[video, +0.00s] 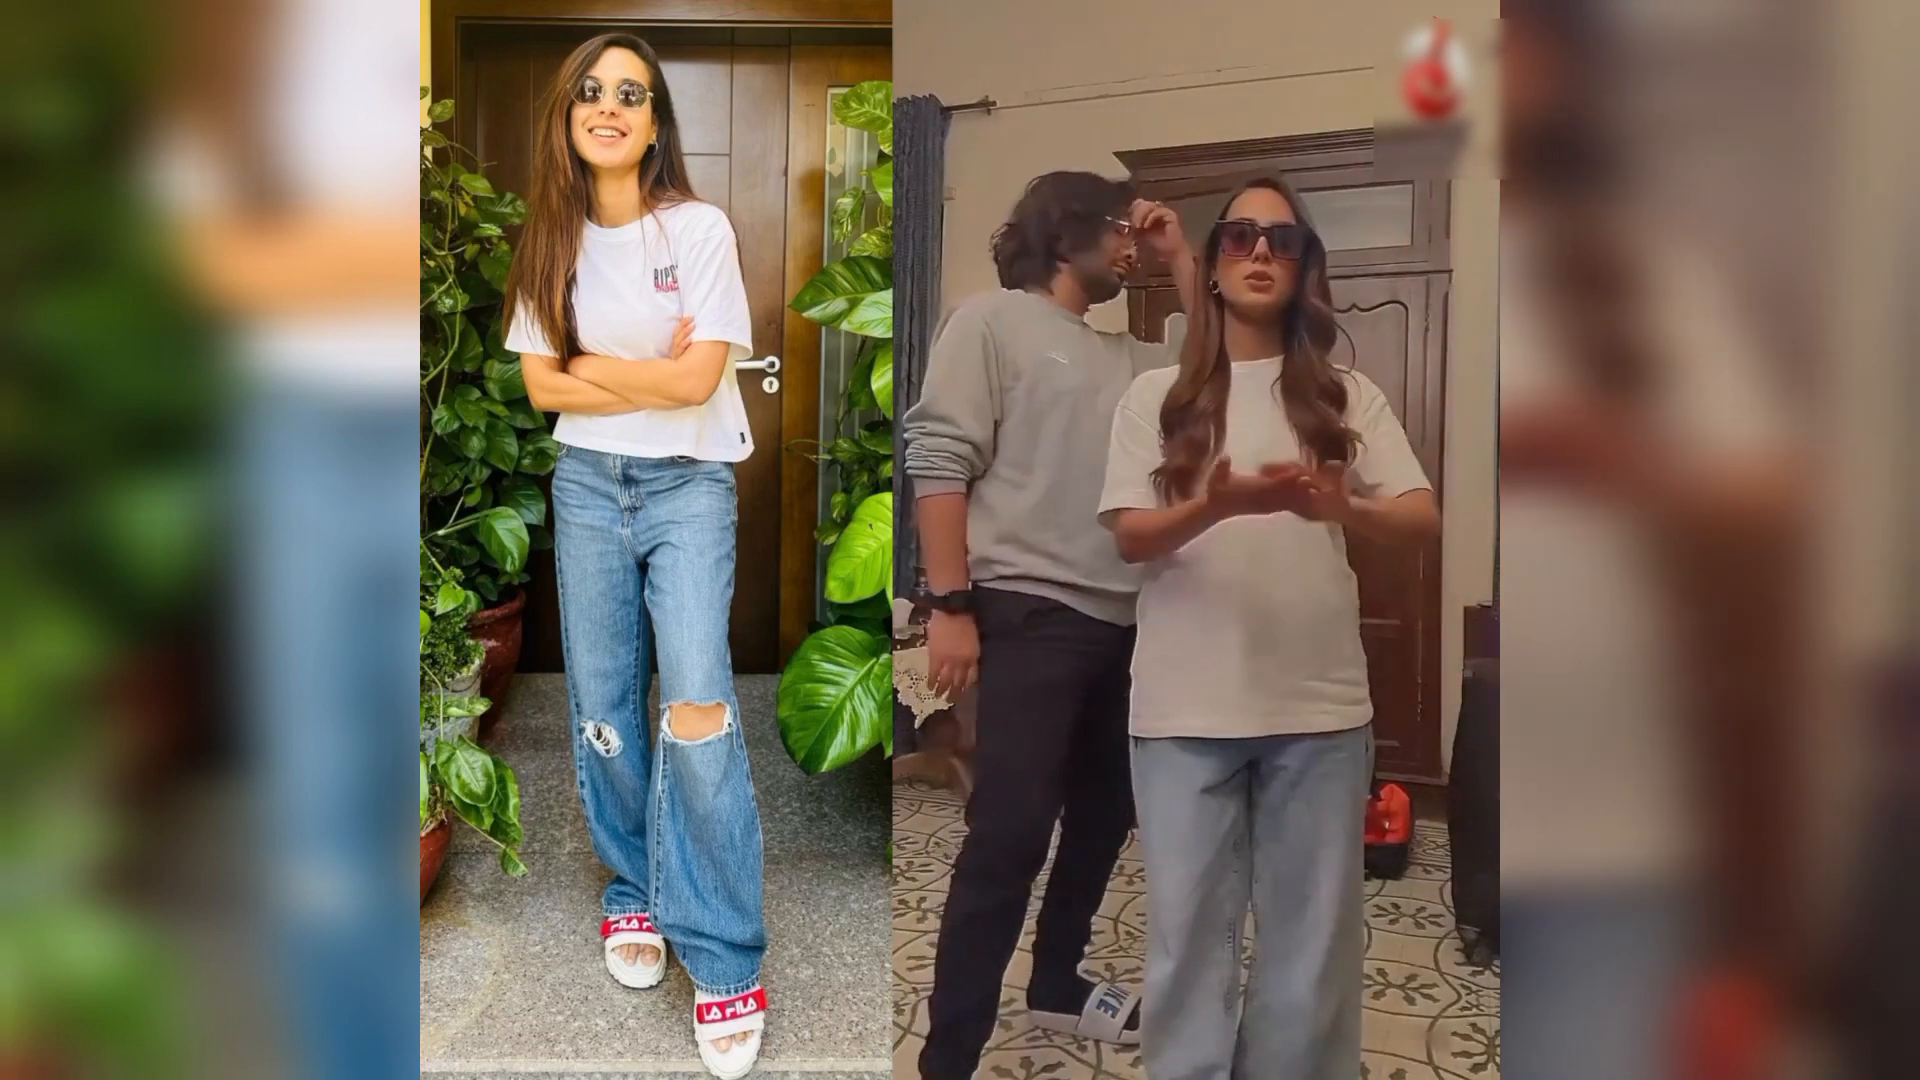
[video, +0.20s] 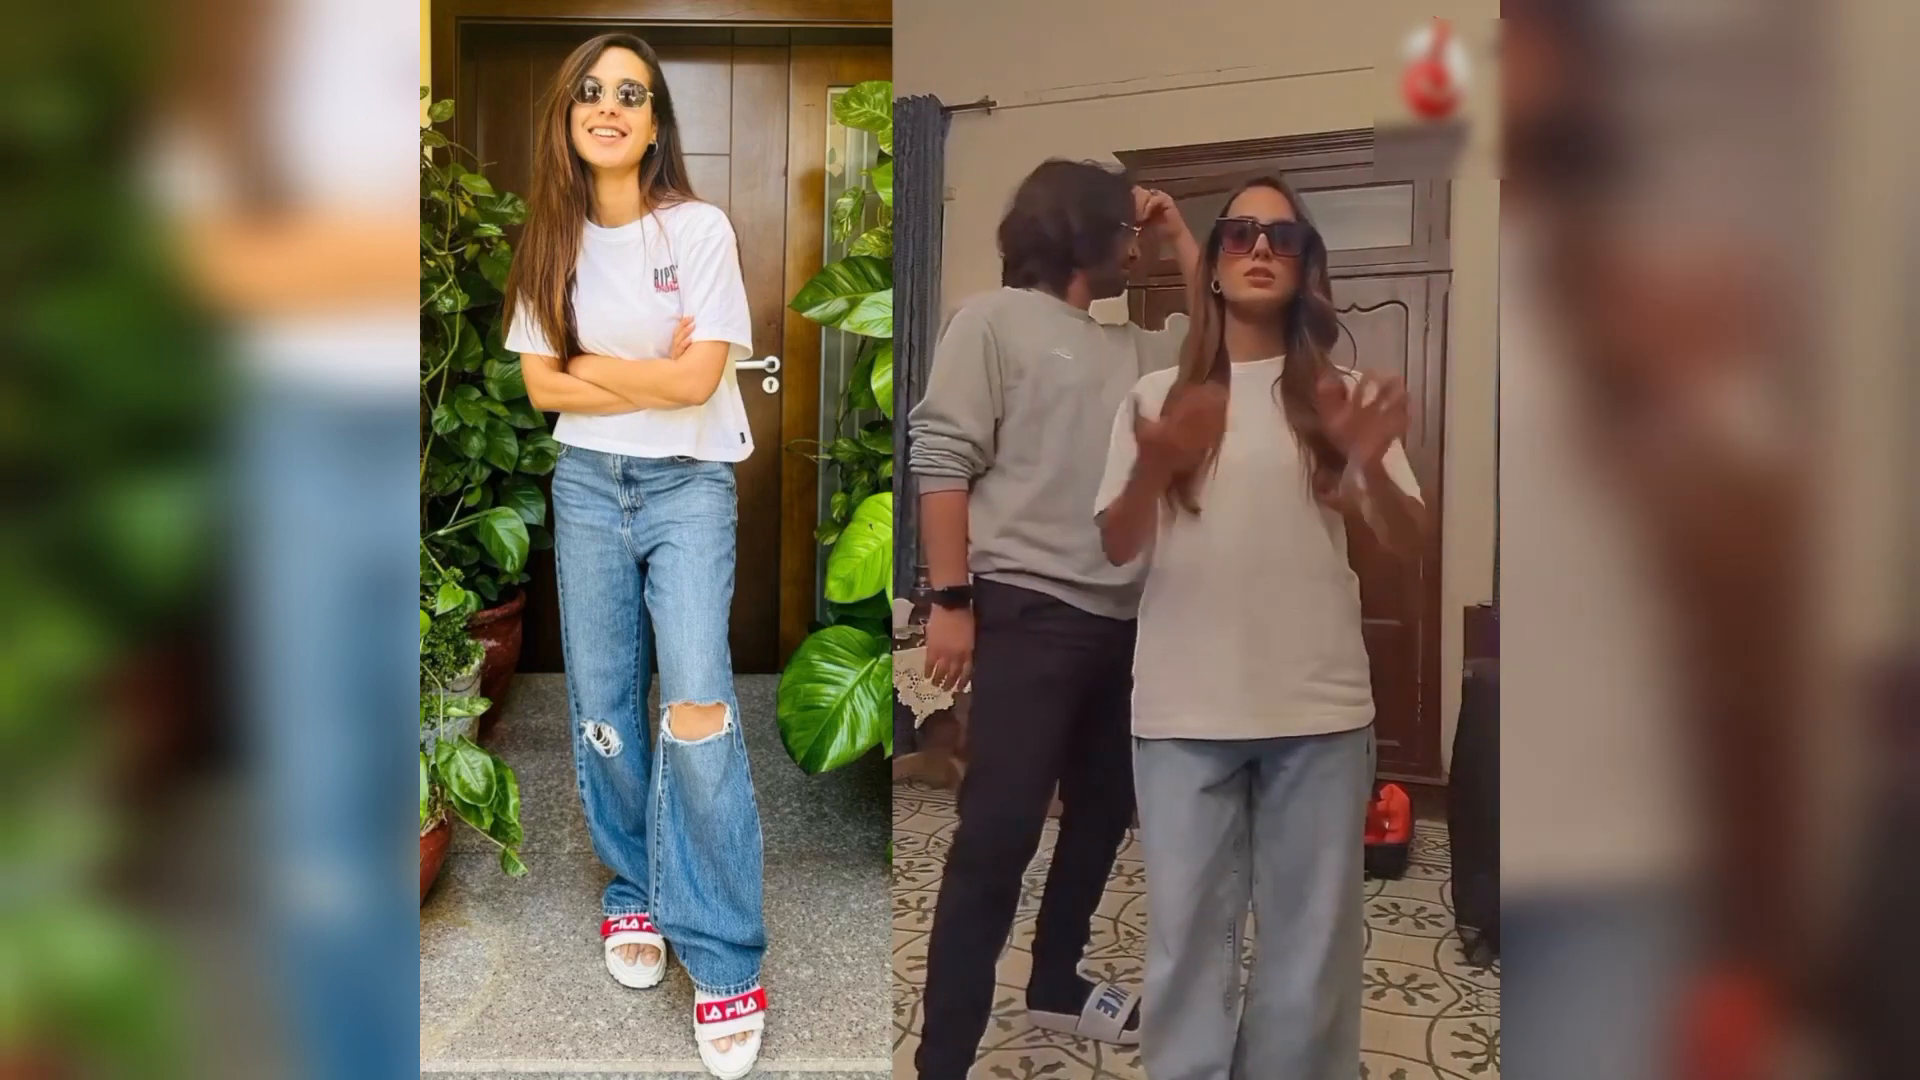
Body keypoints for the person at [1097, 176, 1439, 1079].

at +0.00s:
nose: (1259, 251)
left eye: (1280, 239)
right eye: (1239, 237)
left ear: (1305, 267)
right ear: (1212, 262)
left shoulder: (1348, 393)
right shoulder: (1156, 395)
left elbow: (1422, 520)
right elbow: (1133, 538)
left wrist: (1344, 506)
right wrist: (1217, 504)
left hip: (1321, 714)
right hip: (1183, 716)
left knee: (1314, 955)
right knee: (1184, 947)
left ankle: (1292, 1074)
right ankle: (1186, 1071)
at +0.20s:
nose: (1260, 248)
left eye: (1283, 238)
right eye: (1240, 235)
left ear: (1307, 269)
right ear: (1212, 265)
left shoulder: (1347, 395)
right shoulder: (1155, 397)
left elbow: (1410, 549)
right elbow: (1118, 552)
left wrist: (1372, 466)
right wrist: (1154, 469)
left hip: (1321, 714)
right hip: (1182, 717)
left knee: (1312, 959)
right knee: (1184, 949)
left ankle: (1293, 1073)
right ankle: (1185, 1069)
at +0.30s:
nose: (1262, 247)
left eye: (1284, 236)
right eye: (1241, 234)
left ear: (1310, 266)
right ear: (1213, 264)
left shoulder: (1347, 392)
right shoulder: (1159, 394)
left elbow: (1407, 526)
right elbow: (1097, 529)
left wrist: (1461, 394)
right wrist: (1046, 419)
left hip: (1321, 713)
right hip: (1183, 713)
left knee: (1313, 953)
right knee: (1182, 944)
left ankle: (1295, 1071)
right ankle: (1185, 1068)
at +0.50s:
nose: (1263, 247)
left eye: (1284, 236)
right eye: (1244, 234)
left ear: (1311, 265)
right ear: (1214, 261)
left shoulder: (1345, 391)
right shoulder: (1160, 394)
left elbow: (1429, 522)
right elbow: (1082, 517)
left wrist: (1462, 382)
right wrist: (1031, 389)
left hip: (1322, 712)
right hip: (1183, 713)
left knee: (1314, 953)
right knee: (1184, 946)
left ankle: (1296, 1074)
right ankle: (1184, 1069)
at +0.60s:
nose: (1263, 247)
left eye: (1285, 236)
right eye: (1245, 234)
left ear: (1312, 266)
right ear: (1215, 264)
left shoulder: (1347, 393)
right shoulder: (1158, 395)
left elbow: (1416, 531)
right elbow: (1089, 523)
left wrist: (1465, 400)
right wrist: (1033, 394)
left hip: (1321, 711)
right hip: (1183, 711)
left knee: (1313, 952)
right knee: (1184, 945)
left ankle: (1296, 1074)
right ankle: (1184, 1069)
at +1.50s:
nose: (1261, 246)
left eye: (1283, 235)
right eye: (1241, 233)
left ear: (1308, 267)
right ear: (1215, 262)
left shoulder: (1349, 395)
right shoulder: (1162, 393)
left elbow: (1378, 547)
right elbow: (1147, 545)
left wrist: (1360, 675)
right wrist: (1124, 665)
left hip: (1315, 712)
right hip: (1183, 712)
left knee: (1310, 952)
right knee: (1184, 945)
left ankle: (1293, 1070)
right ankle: (1185, 1066)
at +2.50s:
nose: (1262, 248)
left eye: (1283, 237)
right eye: (1243, 234)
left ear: (1308, 264)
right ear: (1213, 256)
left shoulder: (1342, 393)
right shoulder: (1154, 395)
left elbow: (1354, 549)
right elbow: (1120, 544)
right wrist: (1167, 526)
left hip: (1317, 707)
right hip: (1184, 710)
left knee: (1310, 952)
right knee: (1182, 944)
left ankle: (1292, 1077)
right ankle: (1186, 1072)